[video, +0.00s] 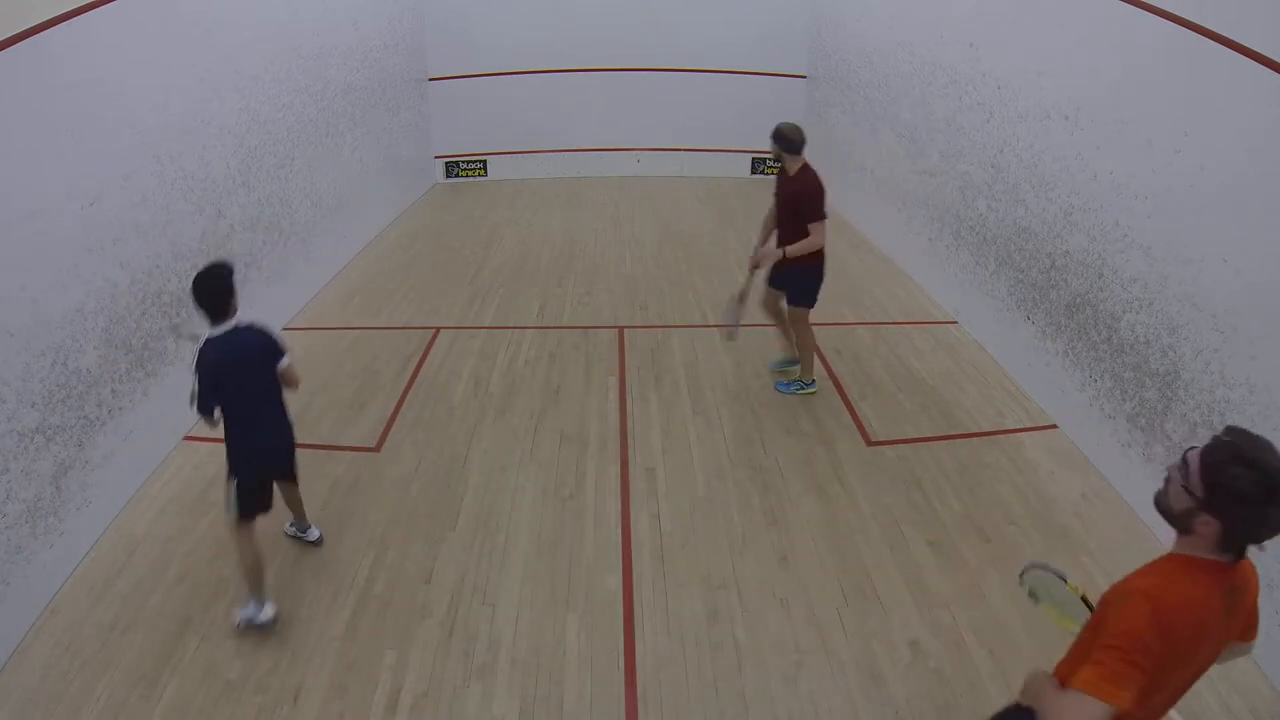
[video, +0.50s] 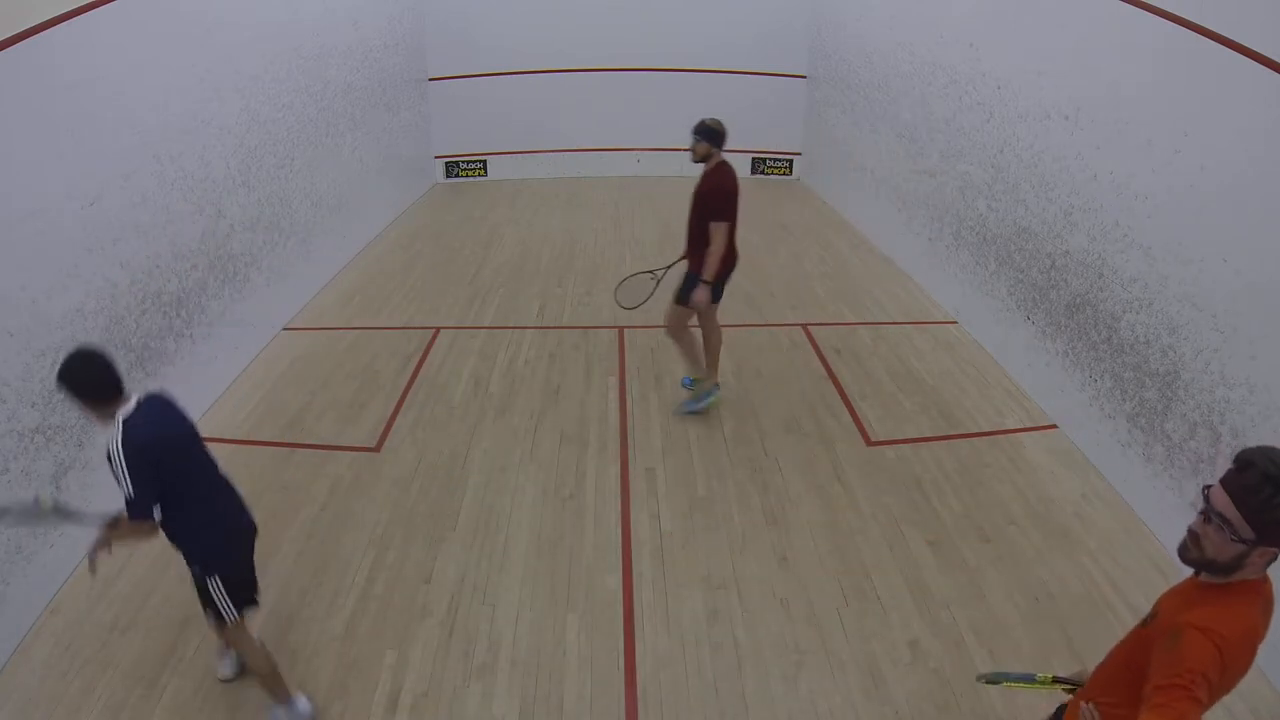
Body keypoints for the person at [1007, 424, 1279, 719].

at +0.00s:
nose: (1172, 465)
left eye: (1185, 473)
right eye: (1185, 459)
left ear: (1206, 524)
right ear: (1210, 526)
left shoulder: (1146, 599)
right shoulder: (1240, 576)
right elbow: (1236, 645)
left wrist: (1040, 691)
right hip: (1139, 710)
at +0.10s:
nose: (1180, 475)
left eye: (1195, 481)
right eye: (1191, 465)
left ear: (1226, 528)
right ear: (1229, 530)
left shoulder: (1165, 604)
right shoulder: (1244, 577)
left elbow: (1127, 712)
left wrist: (1057, 716)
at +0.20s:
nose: (1185, 490)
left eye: (1203, 493)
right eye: (1196, 477)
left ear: (1241, 536)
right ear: (1242, 538)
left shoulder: (1186, 615)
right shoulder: (1247, 574)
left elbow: (1151, 708)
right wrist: (1087, 654)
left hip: (1070, 715)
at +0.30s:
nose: (1191, 504)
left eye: (1211, 508)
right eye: (1201, 490)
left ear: (1251, 546)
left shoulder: (1198, 630)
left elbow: (1168, 711)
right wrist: (1100, 676)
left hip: (1077, 717)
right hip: (1079, 705)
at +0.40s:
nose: (1195, 514)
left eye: (1216, 518)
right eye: (1204, 498)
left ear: (1258, 552)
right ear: (1206, 485)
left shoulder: (1200, 636)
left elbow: (1176, 710)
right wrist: (1099, 676)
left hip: (1082, 715)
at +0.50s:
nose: (1198, 522)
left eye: (1222, 525)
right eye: (1207, 503)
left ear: (1262, 555)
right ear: (1208, 488)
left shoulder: (1199, 637)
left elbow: (1170, 710)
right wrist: (1102, 679)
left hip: (1085, 715)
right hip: (1089, 704)